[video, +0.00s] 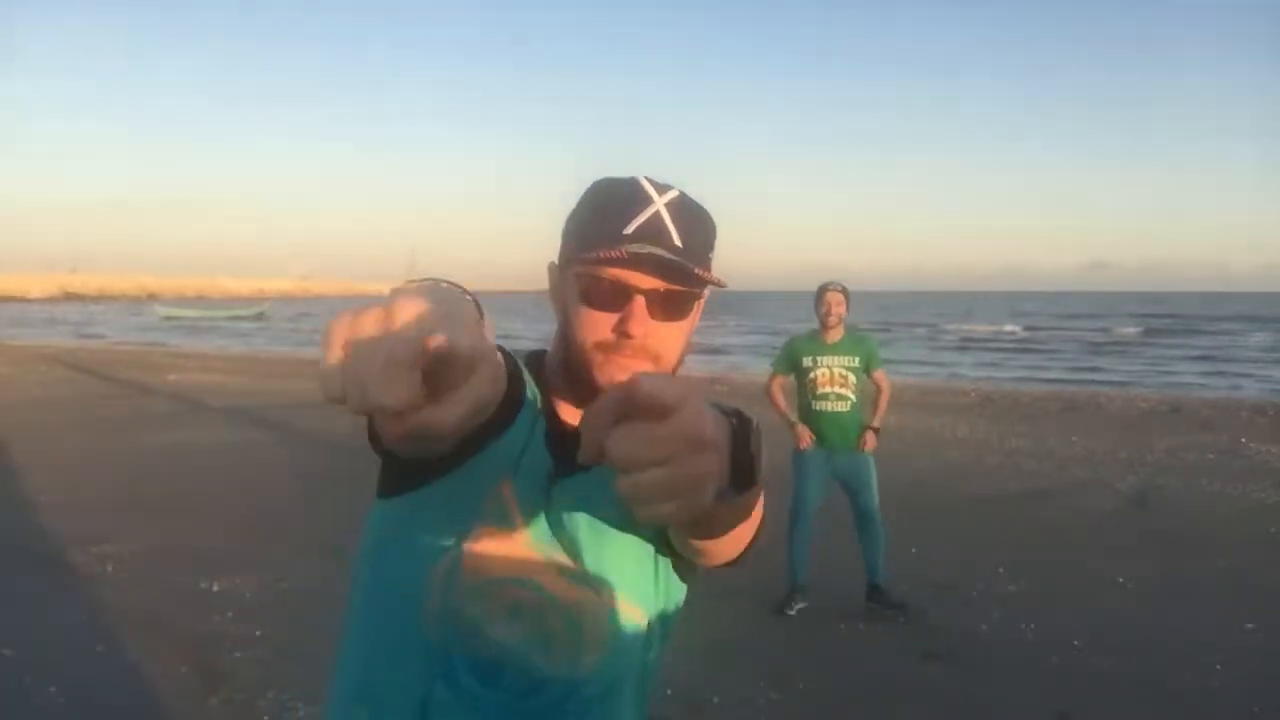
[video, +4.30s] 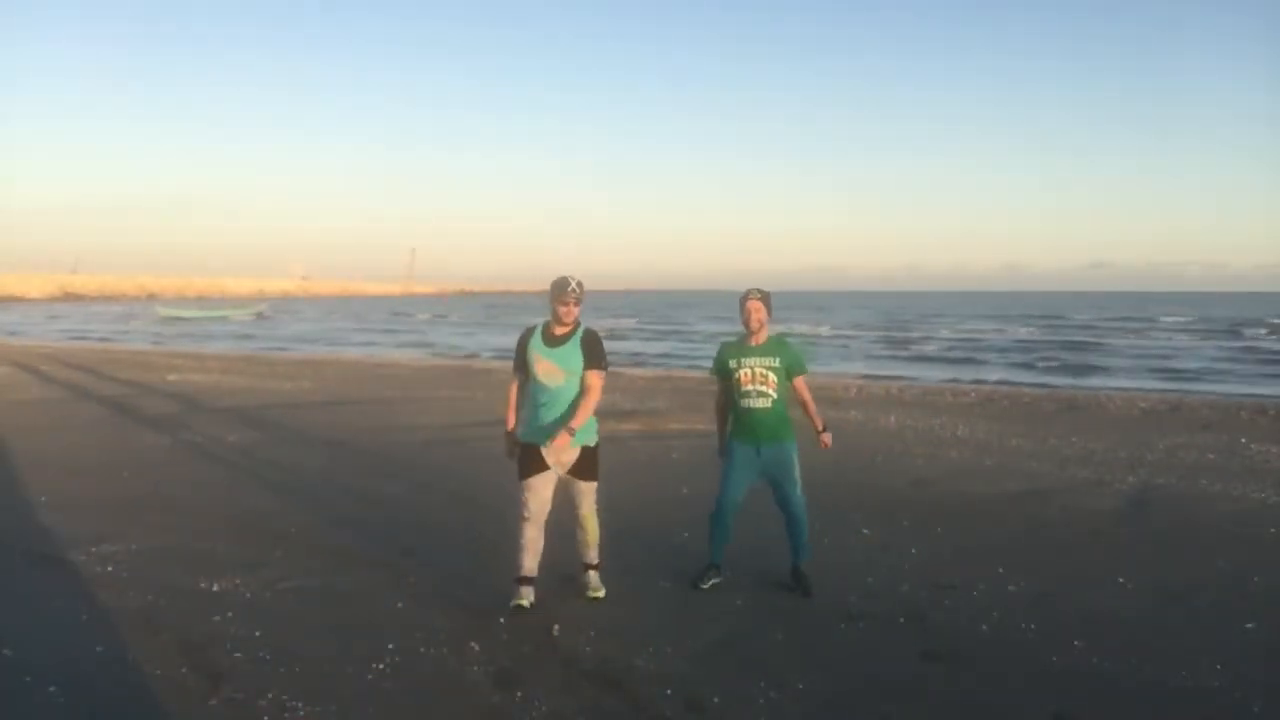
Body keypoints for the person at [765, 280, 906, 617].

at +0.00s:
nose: (831, 310)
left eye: (837, 304)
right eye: (826, 304)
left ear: (846, 310)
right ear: (817, 309)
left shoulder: (863, 346)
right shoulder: (798, 346)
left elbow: (884, 386)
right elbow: (774, 385)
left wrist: (874, 427)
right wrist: (794, 424)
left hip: (855, 449)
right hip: (813, 449)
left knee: (870, 514)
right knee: (802, 515)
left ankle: (876, 587)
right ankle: (797, 590)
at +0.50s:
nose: (819, 308)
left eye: (826, 303)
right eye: (813, 303)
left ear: (835, 308)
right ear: (805, 308)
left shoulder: (852, 346)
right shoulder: (792, 346)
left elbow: (866, 394)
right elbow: (782, 396)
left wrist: (850, 405)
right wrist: (784, 391)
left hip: (837, 441)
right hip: (799, 438)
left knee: (841, 517)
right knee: (791, 509)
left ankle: (832, 586)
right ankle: (788, 582)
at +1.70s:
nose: (791, 307)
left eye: (797, 302)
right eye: (786, 302)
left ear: (805, 307)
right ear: (778, 307)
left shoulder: (819, 344)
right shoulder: (760, 342)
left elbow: (830, 386)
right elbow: (747, 390)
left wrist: (824, 392)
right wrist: (754, 382)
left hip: (802, 432)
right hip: (766, 430)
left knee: (804, 503)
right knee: (758, 500)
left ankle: (799, 564)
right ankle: (750, 565)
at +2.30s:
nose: (749, 306)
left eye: (755, 301)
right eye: (744, 301)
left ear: (764, 306)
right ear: (737, 306)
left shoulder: (781, 340)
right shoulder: (722, 343)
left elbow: (795, 381)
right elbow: (712, 386)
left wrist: (786, 385)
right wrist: (735, 381)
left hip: (774, 430)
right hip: (737, 431)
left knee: (785, 494)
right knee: (733, 494)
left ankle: (788, 560)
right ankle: (732, 559)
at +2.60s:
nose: (751, 315)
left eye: (756, 309)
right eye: (746, 309)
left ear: (763, 311)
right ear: (736, 310)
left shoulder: (774, 342)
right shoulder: (718, 344)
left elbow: (781, 389)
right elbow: (709, 391)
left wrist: (767, 430)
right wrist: (724, 423)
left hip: (763, 431)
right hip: (729, 431)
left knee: (768, 498)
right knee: (727, 495)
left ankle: (769, 559)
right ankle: (731, 559)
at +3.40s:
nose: (768, 312)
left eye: (774, 307)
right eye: (764, 307)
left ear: (785, 311)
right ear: (759, 312)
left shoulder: (804, 347)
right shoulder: (748, 347)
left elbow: (825, 391)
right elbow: (730, 393)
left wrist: (808, 400)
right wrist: (742, 396)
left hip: (795, 436)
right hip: (759, 434)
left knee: (801, 505)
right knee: (743, 498)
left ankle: (799, 568)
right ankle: (734, 561)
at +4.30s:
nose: (751, 316)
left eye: (756, 310)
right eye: (746, 311)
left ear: (768, 315)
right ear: (740, 316)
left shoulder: (784, 350)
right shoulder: (728, 352)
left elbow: (803, 393)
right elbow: (723, 399)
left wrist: (820, 428)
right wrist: (722, 438)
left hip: (779, 440)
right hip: (742, 440)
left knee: (793, 503)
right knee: (726, 501)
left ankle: (799, 568)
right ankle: (714, 566)